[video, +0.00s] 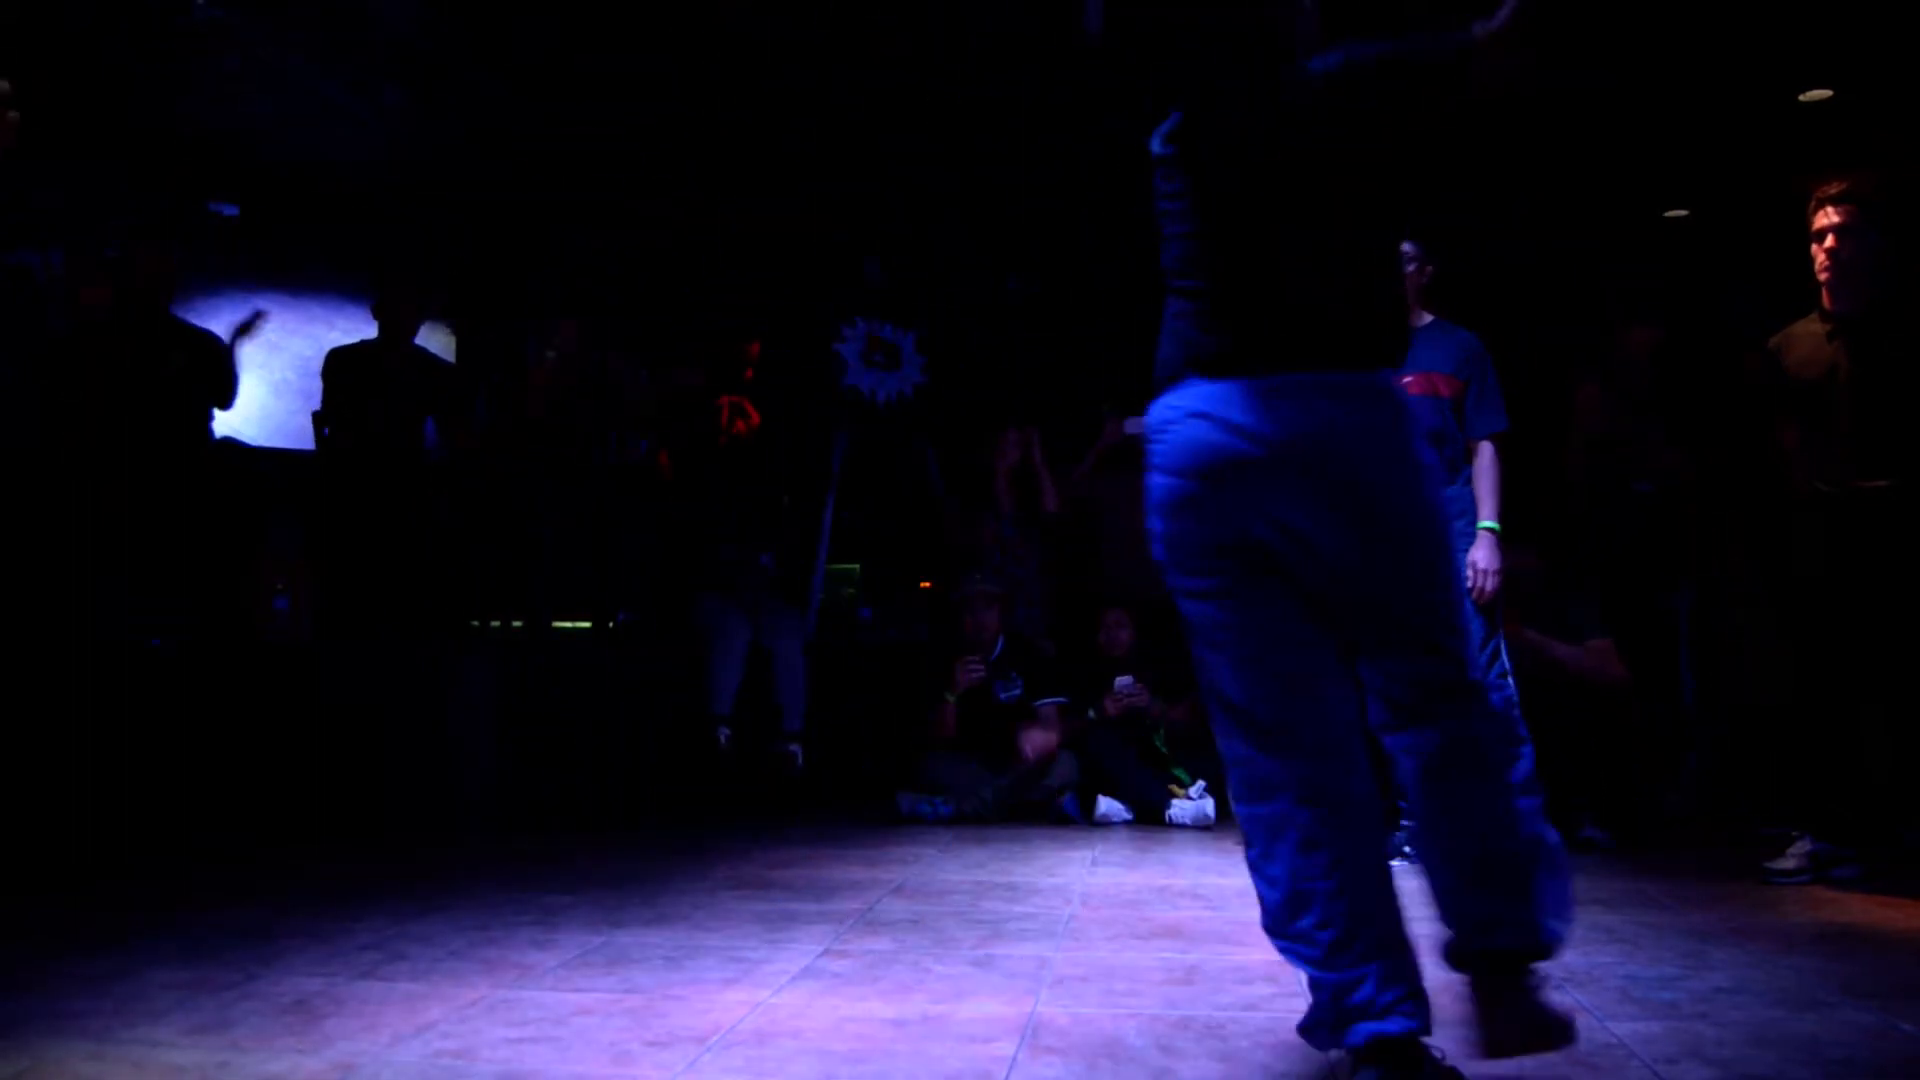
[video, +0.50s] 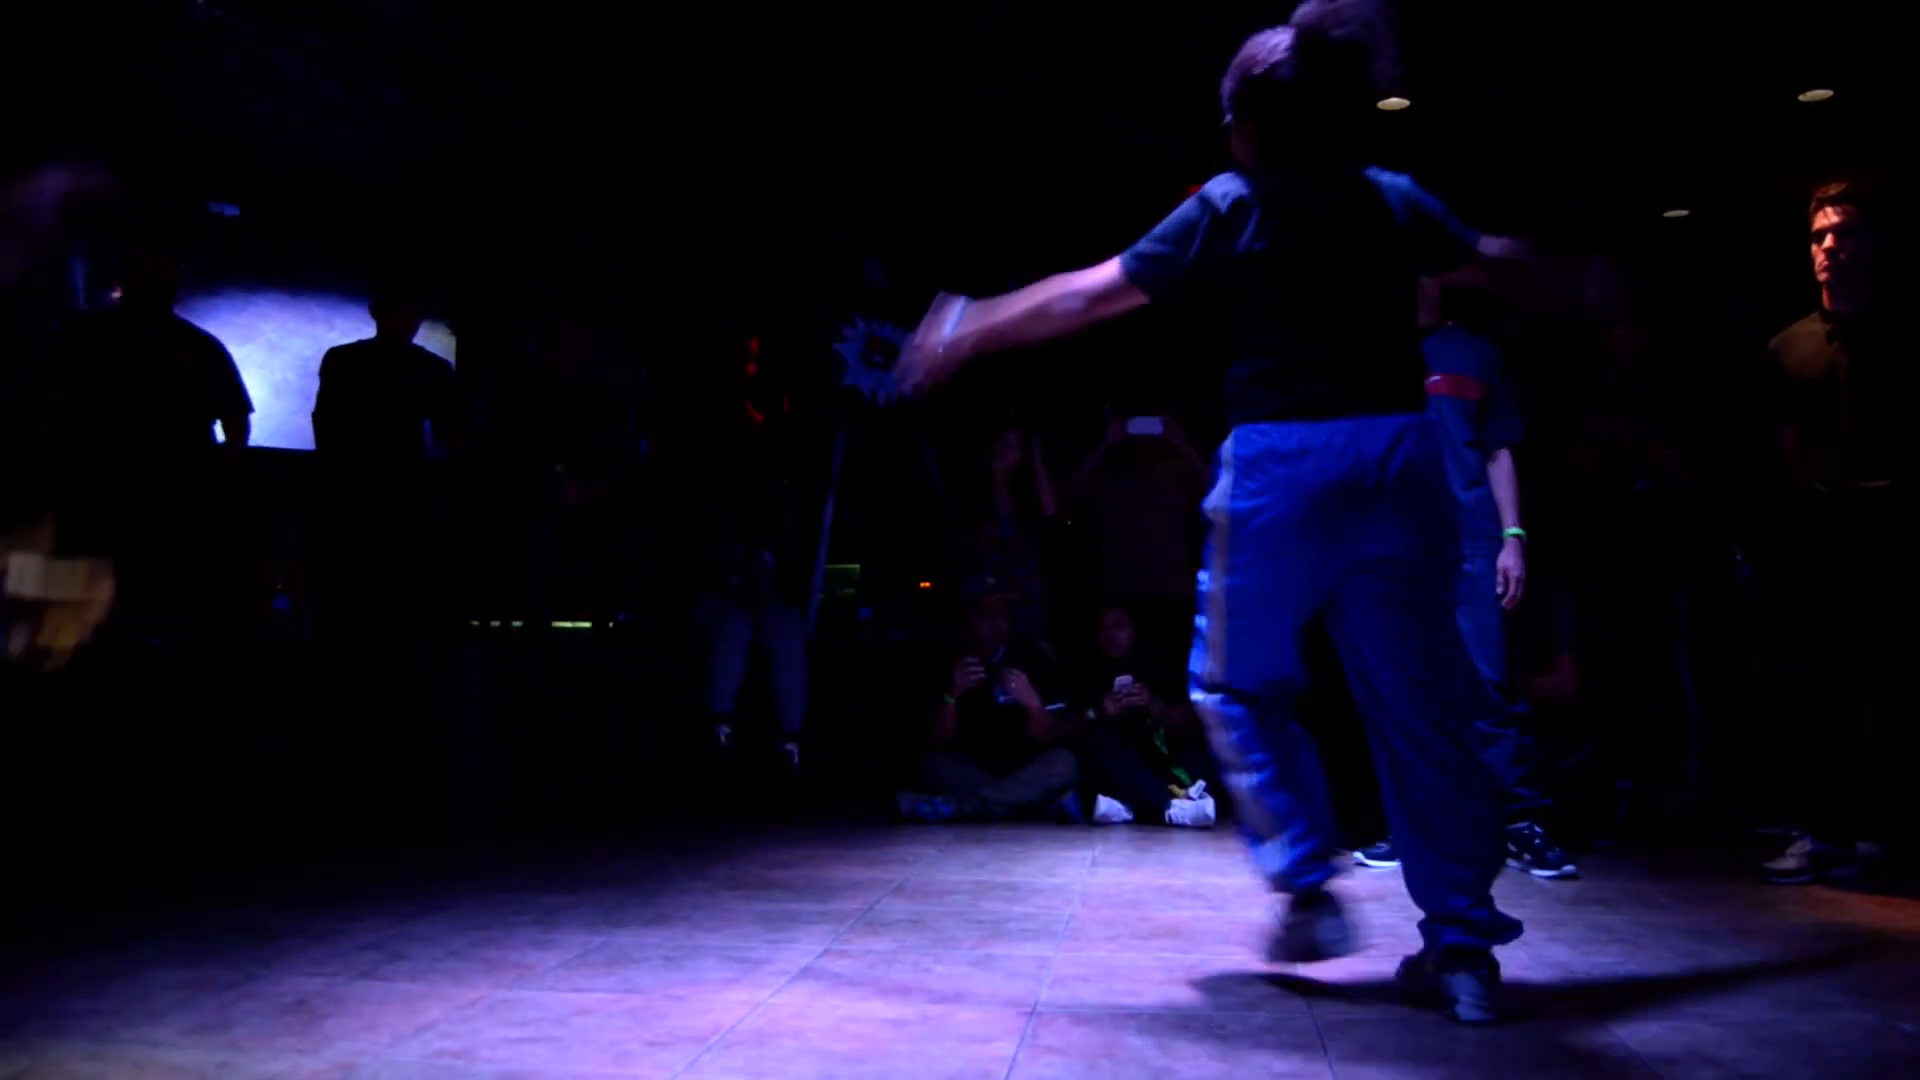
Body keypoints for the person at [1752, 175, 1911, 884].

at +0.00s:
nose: (1829, 249)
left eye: (1845, 234)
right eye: (1820, 235)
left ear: (1877, 247)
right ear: (1809, 250)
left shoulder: (1905, 342)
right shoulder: (1791, 349)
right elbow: (1769, 452)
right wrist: (1773, 525)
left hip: (1895, 539)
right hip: (1811, 537)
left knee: (1891, 681)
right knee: (1815, 679)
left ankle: (1898, 831)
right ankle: (1818, 828)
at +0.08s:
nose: (1829, 248)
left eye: (1845, 233)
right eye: (1819, 235)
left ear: (1877, 248)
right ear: (1809, 250)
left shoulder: (1905, 341)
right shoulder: (1789, 348)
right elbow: (1767, 451)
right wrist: (1770, 527)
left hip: (1895, 539)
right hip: (1810, 538)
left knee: (1892, 680)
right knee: (1813, 678)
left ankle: (1892, 829)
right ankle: (1817, 827)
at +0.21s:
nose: (1827, 250)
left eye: (1842, 235)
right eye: (1818, 237)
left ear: (1876, 248)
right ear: (1809, 251)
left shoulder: (1904, 341)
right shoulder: (1791, 348)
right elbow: (1768, 452)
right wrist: (1770, 528)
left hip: (1892, 541)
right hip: (1809, 539)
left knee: (1887, 683)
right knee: (1812, 681)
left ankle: (1885, 833)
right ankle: (1815, 828)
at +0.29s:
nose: (1826, 252)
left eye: (1841, 237)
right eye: (1818, 239)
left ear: (1875, 249)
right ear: (1809, 253)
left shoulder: (1906, 342)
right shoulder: (1792, 349)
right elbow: (1771, 455)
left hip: (1892, 542)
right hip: (1809, 540)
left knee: (1886, 685)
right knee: (1812, 682)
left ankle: (1883, 832)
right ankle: (1814, 827)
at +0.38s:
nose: (1826, 252)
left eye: (1842, 237)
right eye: (1818, 239)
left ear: (1876, 248)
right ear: (1809, 252)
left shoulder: (1907, 342)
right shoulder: (1794, 349)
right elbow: (1772, 455)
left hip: (1892, 541)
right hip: (1810, 540)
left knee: (1886, 685)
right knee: (1812, 682)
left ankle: (1884, 832)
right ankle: (1814, 827)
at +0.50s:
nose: (1828, 250)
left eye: (1843, 235)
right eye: (1818, 237)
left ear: (1876, 249)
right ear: (1809, 253)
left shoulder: (1906, 339)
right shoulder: (1791, 348)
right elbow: (1768, 452)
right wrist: (1769, 532)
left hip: (1894, 541)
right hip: (1811, 540)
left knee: (1891, 683)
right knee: (1813, 681)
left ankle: (1890, 830)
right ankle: (1817, 828)